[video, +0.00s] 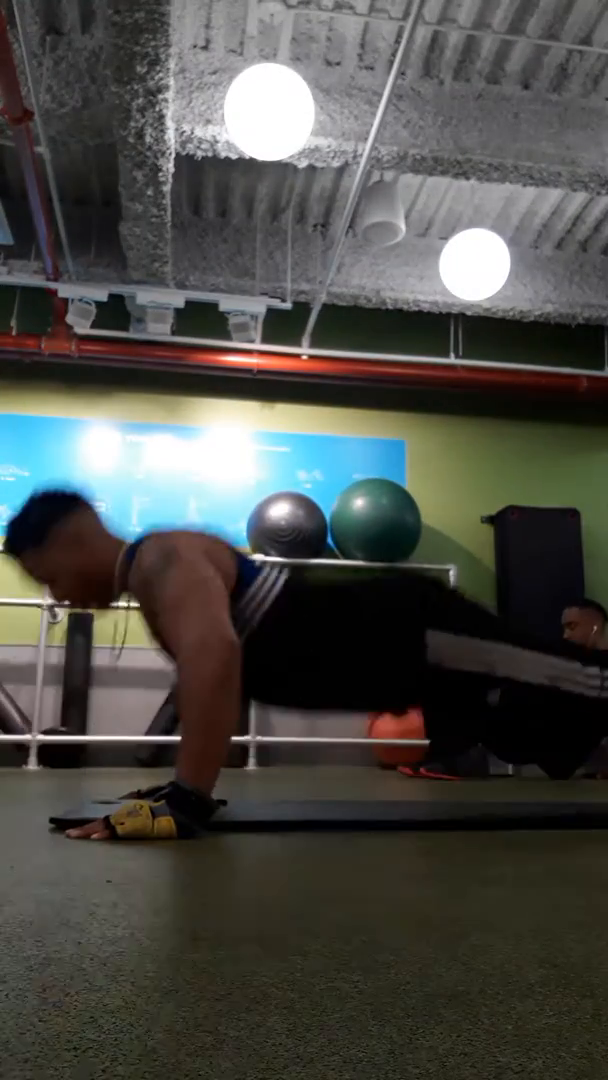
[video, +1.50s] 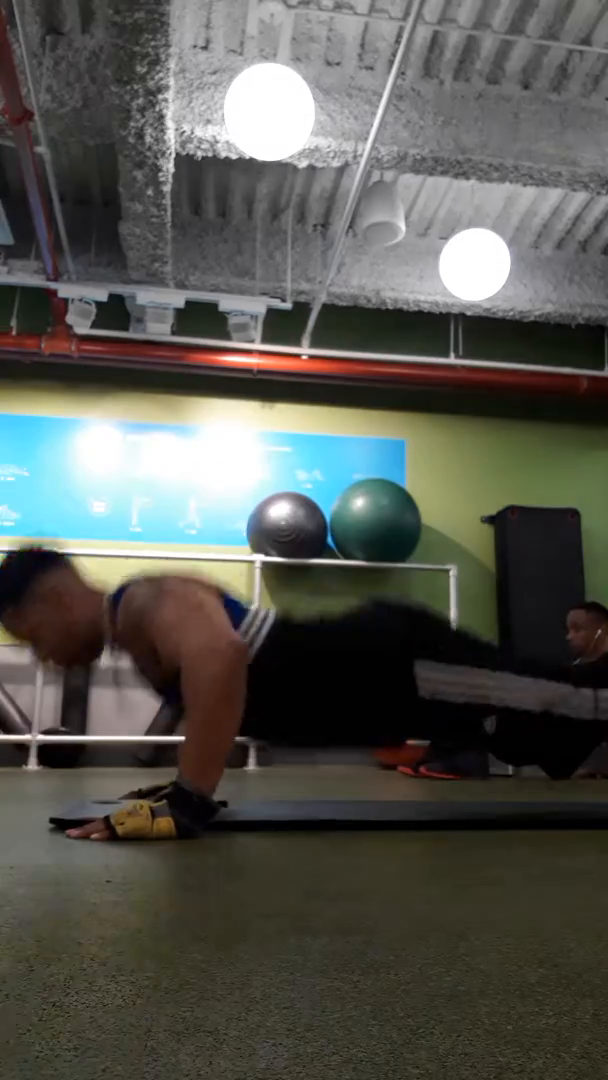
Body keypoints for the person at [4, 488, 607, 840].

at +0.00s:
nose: (55, 598)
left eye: (47, 578)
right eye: (42, 586)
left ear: (74, 541)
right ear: (80, 537)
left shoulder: (165, 557)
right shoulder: (158, 570)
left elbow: (214, 664)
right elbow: (215, 678)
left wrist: (185, 799)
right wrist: (192, 796)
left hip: (416, 636)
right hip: (404, 655)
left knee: (589, 696)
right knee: (555, 733)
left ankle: (586, 634)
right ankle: (580, 642)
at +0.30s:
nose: (76, 544)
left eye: (68, 524)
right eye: (65, 533)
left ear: (97, 483)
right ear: (99, 487)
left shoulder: (180, 513)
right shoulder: (174, 526)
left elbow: (203, 651)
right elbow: (206, 655)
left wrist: (188, 795)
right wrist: (182, 786)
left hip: (428, 611)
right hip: (420, 630)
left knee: (595, 680)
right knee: (569, 732)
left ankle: (590, 616)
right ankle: (584, 623)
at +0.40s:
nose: (54, 590)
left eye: (46, 570)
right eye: (41, 579)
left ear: (76, 535)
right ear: (78, 538)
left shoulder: (169, 557)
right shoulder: (159, 579)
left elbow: (220, 660)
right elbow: (220, 676)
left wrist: (188, 798)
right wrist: (186, 795)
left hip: (415, 641)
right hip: (403, 659)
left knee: (584, 698)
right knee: (559, 720)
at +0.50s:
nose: (37, 658)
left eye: (29, 636)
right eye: (25, 647)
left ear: (56, 596)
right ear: (54, 604)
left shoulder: (143, 609)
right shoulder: (137, 636)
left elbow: (223, 661)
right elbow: (224, 695)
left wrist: (190, 799)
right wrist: (177, 793)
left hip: (386, 678)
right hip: (373, 700)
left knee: (579, 713)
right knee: (557, 715)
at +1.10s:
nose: (54, 568)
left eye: (46, 550)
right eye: (41, 558)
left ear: (75, 511)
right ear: (78, 517)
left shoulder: (164, 530)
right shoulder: (156, 548)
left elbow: (201, 658)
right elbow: (203, 666)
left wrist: (187, 796)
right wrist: (186, 793)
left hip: (417, 607)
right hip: (406, 636)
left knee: (589, 679)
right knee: (551, 733)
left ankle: (588, 626)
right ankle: (580, 633)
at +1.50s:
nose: (41, 653)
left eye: (33, 631)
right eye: (28, 642)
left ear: (60, 591)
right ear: (60, 596)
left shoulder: (147, 601)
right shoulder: (141, 628)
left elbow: (220, 658)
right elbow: (222, 695)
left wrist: (188, 800)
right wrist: (183, 791)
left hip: (391, 666)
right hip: (382, 689)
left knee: (572, 710)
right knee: (553, 739)